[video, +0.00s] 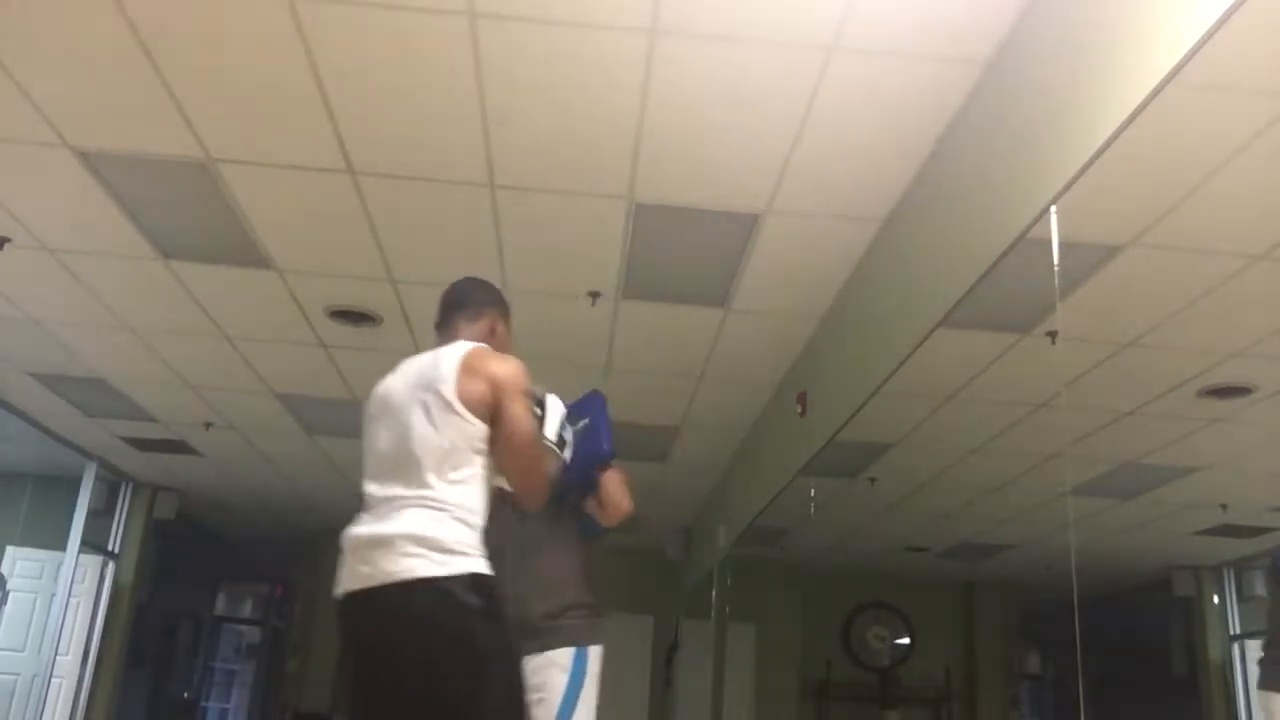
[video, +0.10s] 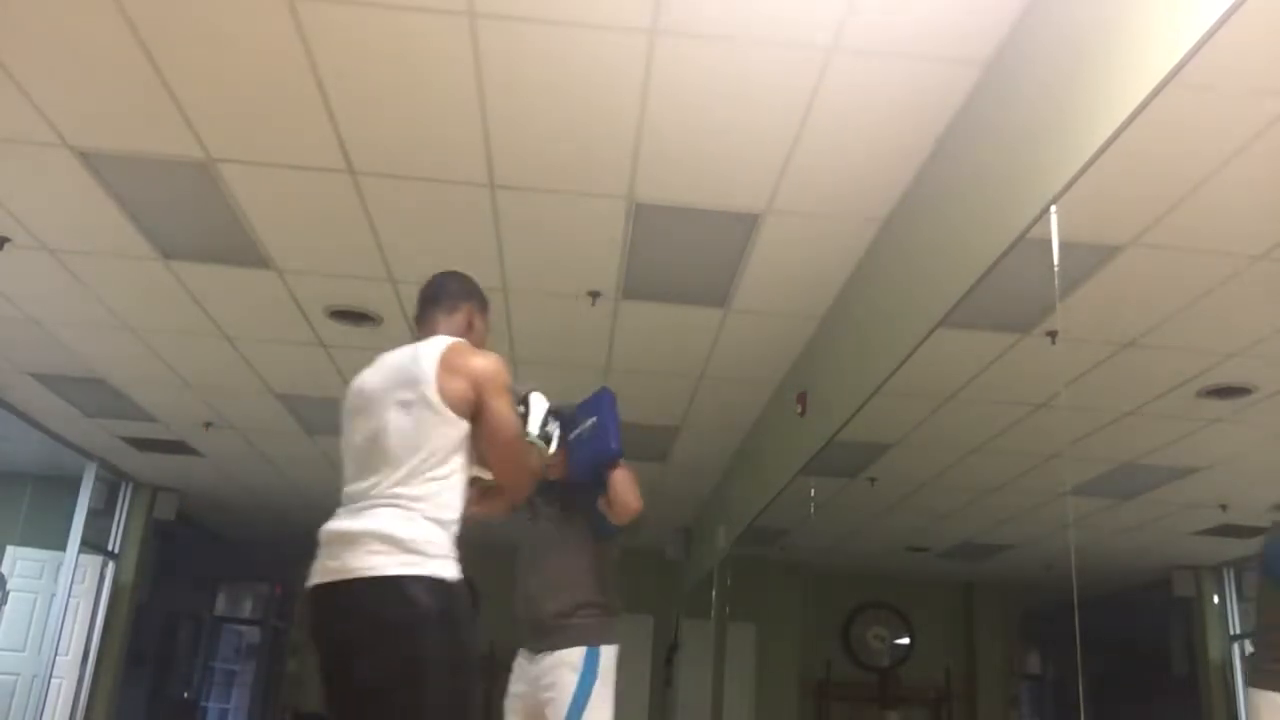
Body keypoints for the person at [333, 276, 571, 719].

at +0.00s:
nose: (507, 344)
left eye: (506, 333)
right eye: (506, 331)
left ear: (441, 328)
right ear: (495, 326)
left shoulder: (385, 387)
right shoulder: (497, 367)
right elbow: (532, 489)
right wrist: (541, 430)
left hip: (360, 591)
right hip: (440, 583)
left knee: (374, 711)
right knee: (490, 709)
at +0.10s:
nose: (484, 338)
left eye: (484, 327)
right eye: (484, 325)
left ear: (420, 320)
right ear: (473, 317)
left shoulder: (365, 379)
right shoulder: (476, 364)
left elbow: (408, 491)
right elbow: (516, 477)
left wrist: (512, 488)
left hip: (333, 586)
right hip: (411, 583)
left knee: (354, 711)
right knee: (440, 710)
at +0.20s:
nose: (462, 341)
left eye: (464, 330)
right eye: (464, 328)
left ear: (398, 321)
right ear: (451, 321)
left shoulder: (339, 384)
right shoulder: (456, 377)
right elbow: (491, 490)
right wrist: (516, 491)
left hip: (303, 597)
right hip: (376, 599)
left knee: (316, 712)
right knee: (375, 711)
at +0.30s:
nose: (444, 356)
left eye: (446, 344)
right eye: (445, 342)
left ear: (380, 327)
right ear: (430, 327)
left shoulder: (313, 393)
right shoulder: (425, 395)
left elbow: (304, 496)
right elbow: (450, 520)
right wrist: (505, 514)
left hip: (282, 597)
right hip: (344, 603)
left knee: (278, 712)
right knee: (339, 712)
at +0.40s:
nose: (433, 355)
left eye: (436, 342)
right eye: (435, 340)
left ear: (369, 328)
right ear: (417, 329)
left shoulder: (302, 389)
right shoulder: (395, 395)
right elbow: (399, 522)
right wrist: (440, 494)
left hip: (263, 588)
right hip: (316, 595)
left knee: (274, 710)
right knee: (336, 711)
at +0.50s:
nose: (425, 348)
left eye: (429, 335)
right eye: (427, 331)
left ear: (368, 316)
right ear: (404, 316)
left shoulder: (311, 373)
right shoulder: (379, 375)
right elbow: (400, 502)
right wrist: (432, 458)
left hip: (262, 575)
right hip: (301, 583)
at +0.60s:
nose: (418, 348)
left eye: (421, 335)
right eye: (418, 331)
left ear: (381, 317)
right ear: (391, 316)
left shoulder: (333, 364)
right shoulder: (358, 364)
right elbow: (415, 471)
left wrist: (408, 492)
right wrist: (460, 439)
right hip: (290, 574)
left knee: (330, 708)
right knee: (286, 710)